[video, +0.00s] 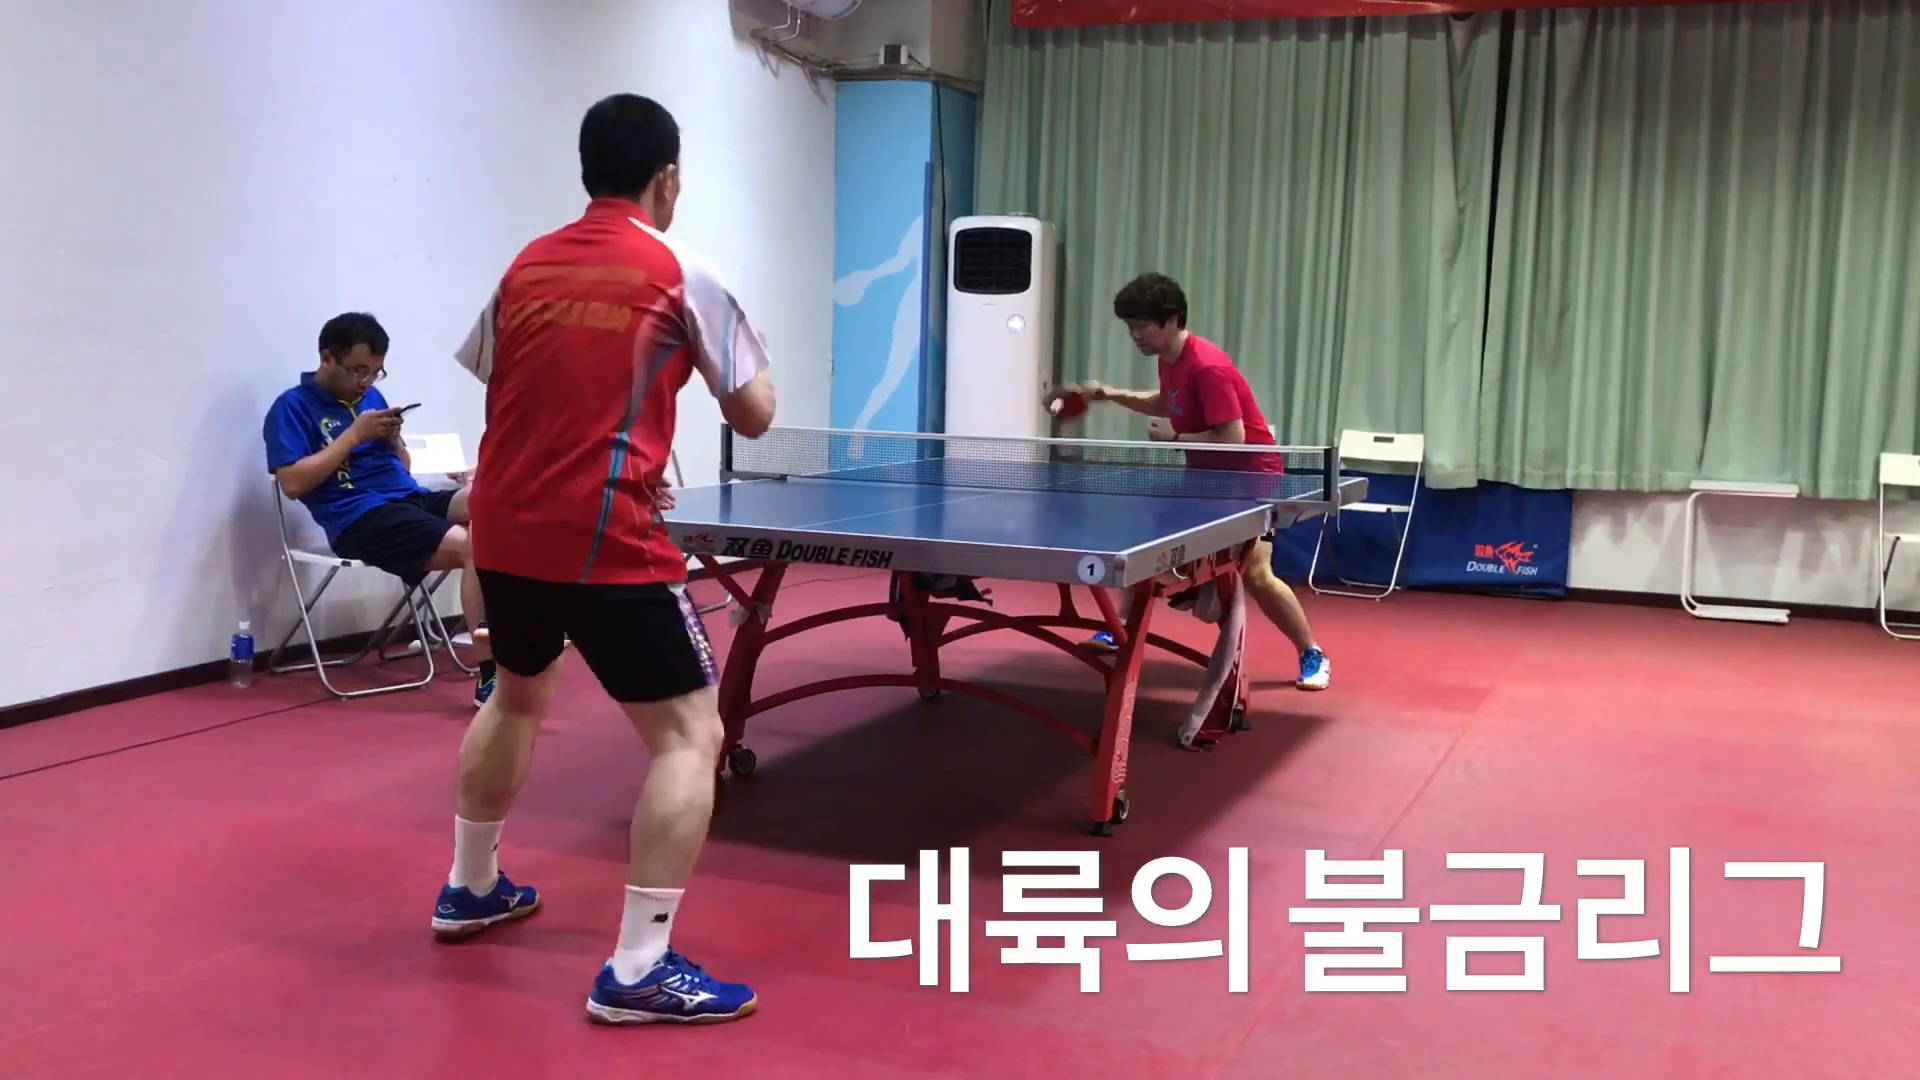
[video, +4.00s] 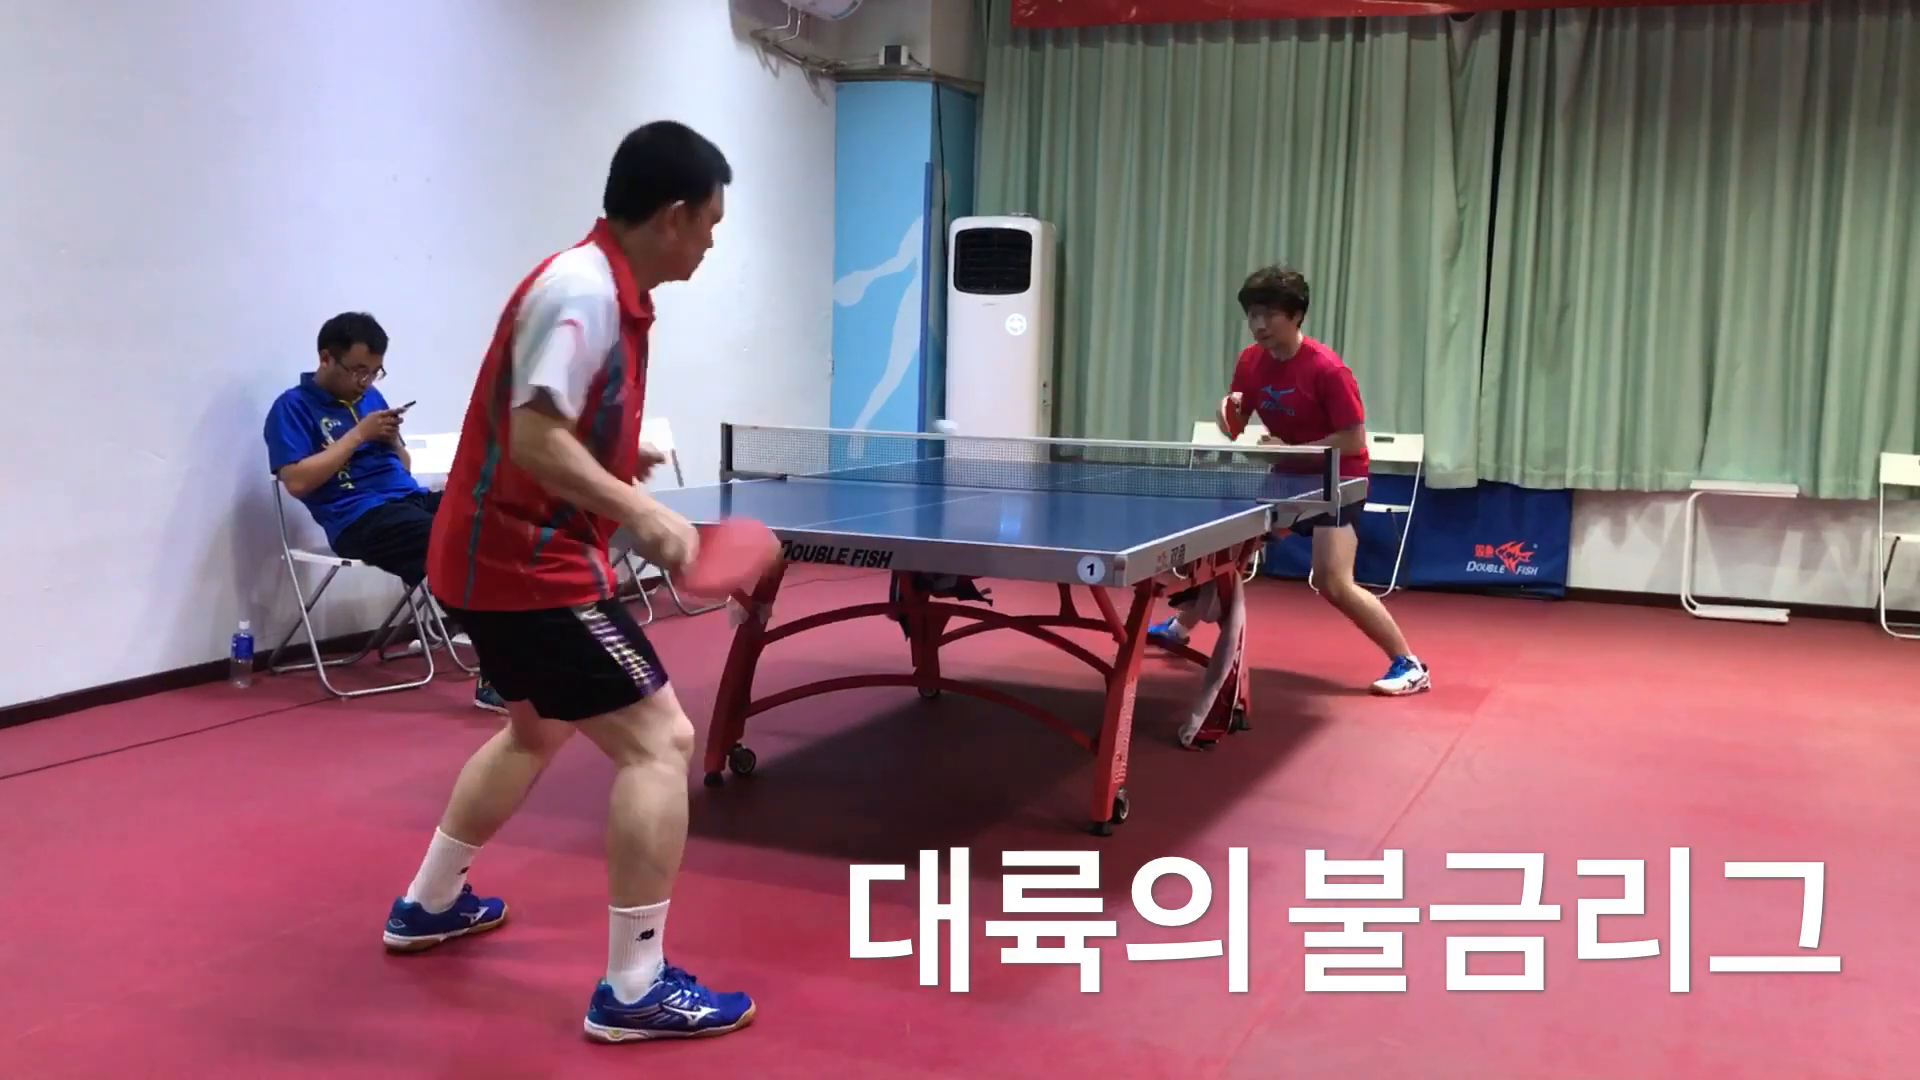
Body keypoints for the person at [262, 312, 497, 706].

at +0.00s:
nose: (366, 383)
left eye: (373, 373)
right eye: (358, 371)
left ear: (379, 368)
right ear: (326, 359)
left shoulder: (369, 397)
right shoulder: (291, 408)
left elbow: (403, 468)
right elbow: (293, 483)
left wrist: (393, 436)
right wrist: (355, 435)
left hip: (409, 499)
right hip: (364, 518)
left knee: (490, 502)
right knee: (474, 546)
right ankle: (490, 675)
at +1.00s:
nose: (364, 381)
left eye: (372, 371)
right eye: (356, 370)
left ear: (379, 365)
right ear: (325, 359)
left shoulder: (370, 397)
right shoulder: (292, 407)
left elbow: (404, 466)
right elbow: (295, 482)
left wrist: (392, 435)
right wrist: (356, 432)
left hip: (412, 501)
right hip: (364, 520)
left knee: (502, 517)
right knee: (480, 546)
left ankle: (527, 668)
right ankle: (490, 675)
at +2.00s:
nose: (368, 382)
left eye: (375, 372)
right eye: (359, 371)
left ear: (381, 365)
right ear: (326, 358)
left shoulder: (370, 397)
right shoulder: (292, 407)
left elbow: (404, 468)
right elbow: (300, 482)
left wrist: (393, 438)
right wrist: (360, 432)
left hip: (410, 500)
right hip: (363, 520)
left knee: (490, 498)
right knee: (475, 547)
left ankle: (494, 607)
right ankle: (492, 676)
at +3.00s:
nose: (365, 382)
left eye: (373, 372)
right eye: (357, 371)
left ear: (379, 366)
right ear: (325, 359)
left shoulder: (370, 397)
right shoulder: (291, 408)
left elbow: (403, 469)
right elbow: (297, 483)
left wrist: (393, 436)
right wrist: (356, 432)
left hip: (411, 501)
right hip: (364, 520)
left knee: (499, 518)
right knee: (472, 551)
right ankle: (493, 673)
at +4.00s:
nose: (366, 382)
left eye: (373, 372)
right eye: (358, 371)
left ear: (379, 368)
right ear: (325, 358)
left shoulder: (370, 397)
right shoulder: (291, 408)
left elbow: (404, 469)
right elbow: (297, 482)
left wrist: (392, 436)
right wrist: (359, 434)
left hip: (411, 502)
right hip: (363, 519)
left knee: (501, 527)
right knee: (466, 555)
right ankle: (494, 675)